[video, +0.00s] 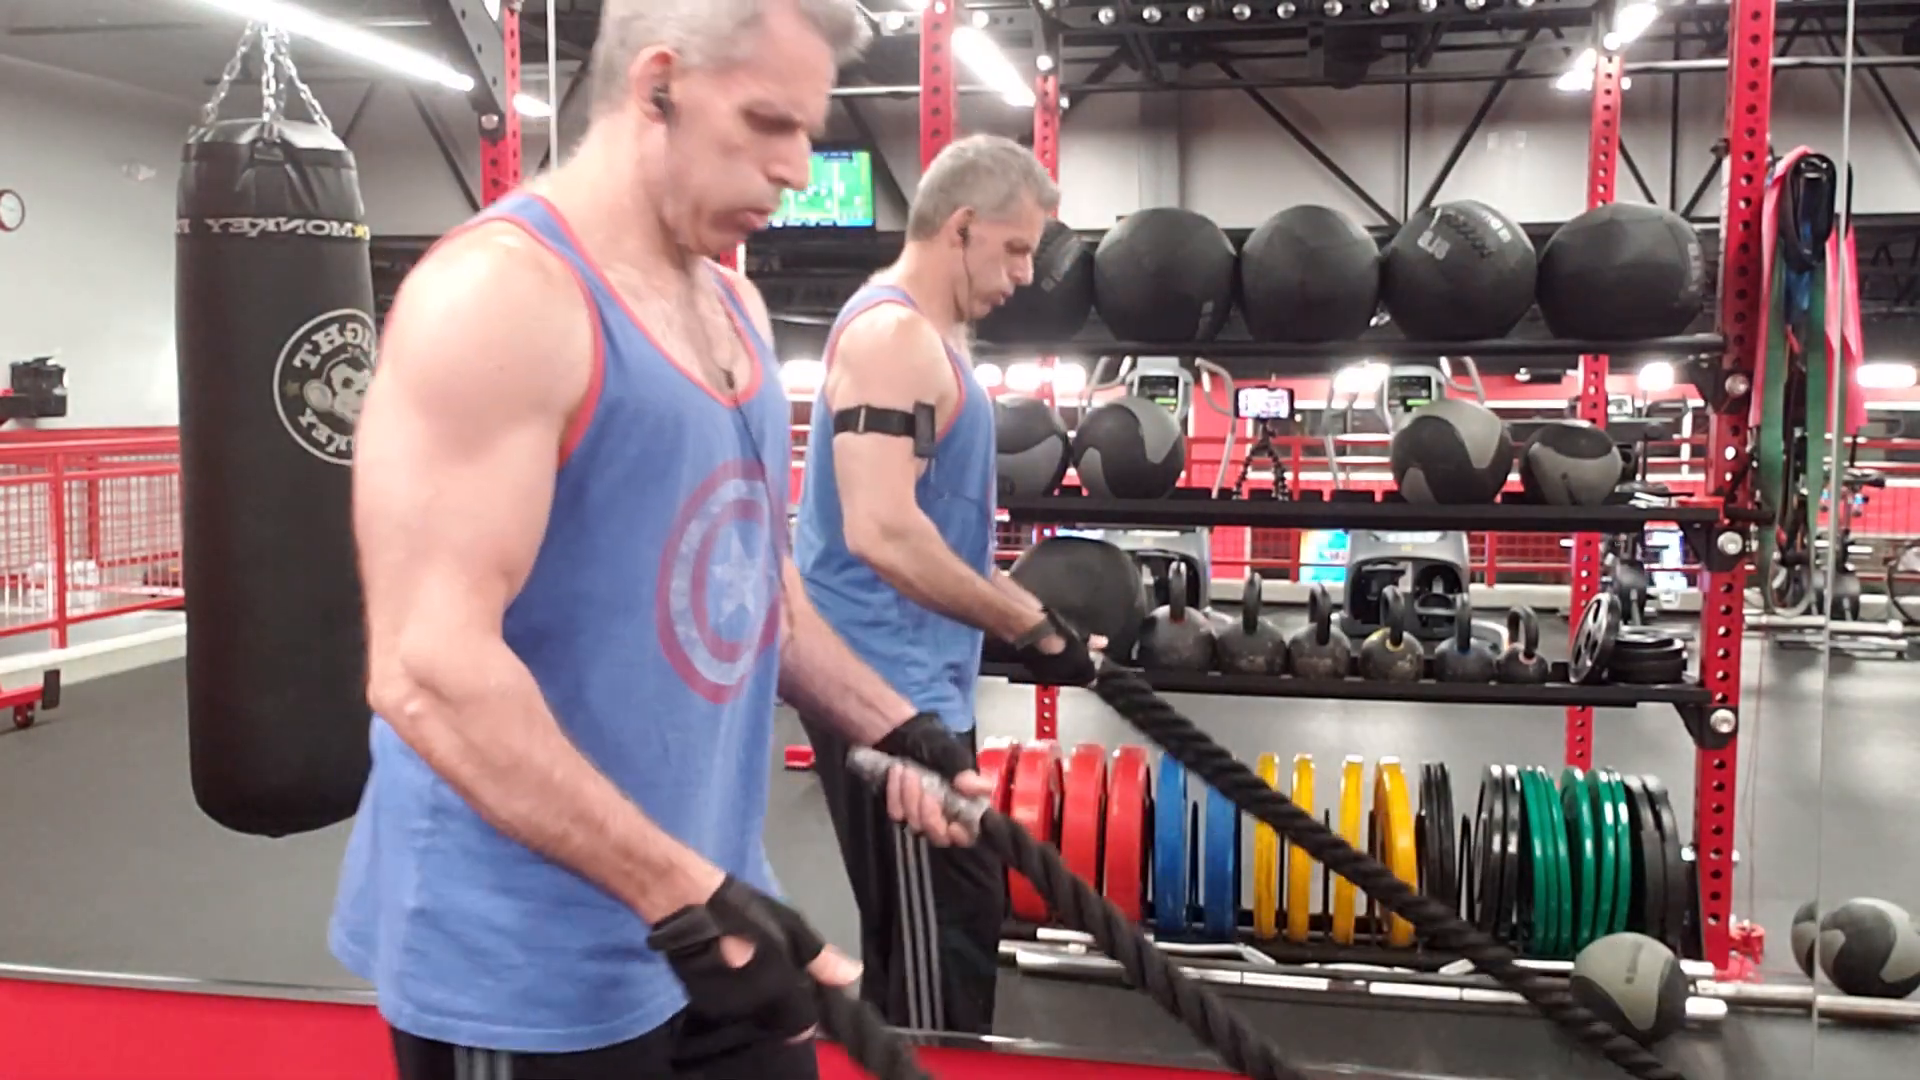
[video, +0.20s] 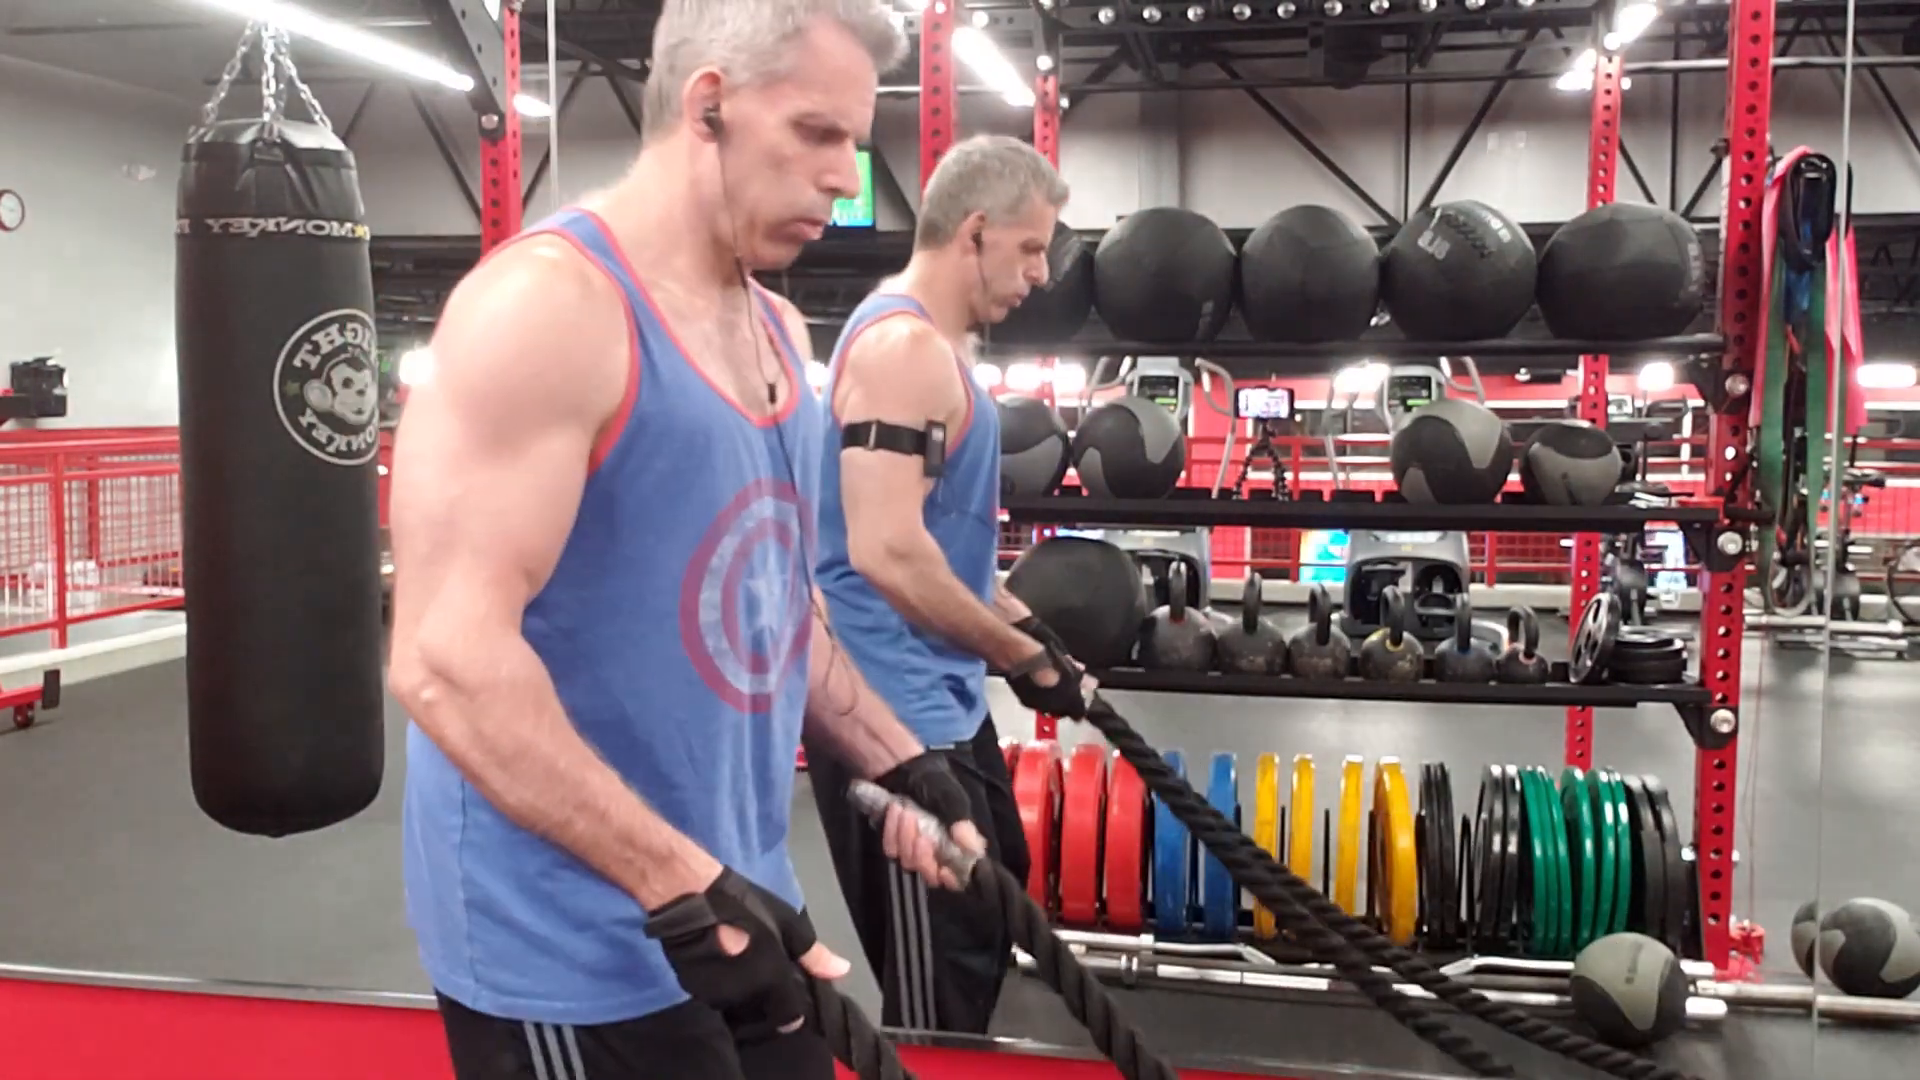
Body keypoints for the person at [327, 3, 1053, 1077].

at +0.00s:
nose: (796, 173)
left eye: (807, 136)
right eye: (771, 123)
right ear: (656, 87)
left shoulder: (730, 298)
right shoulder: (493, 295)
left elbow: (752, 580)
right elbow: (429, 665)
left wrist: (897, 732)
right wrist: (683, 900)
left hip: (717, 946)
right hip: (526, 988)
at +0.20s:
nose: (844, 181)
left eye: (852, 145)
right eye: (817, 134)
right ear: (706, 104)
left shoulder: (778, 328)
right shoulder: (539, 304)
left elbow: (775, 601)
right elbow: (447, 656)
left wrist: (902, 772)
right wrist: (685, 887)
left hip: (748, 925)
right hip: (574, 967)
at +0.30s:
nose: (862, 173)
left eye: (868, 137)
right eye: (832, 127)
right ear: (718, 105)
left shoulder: (792, 336)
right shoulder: (550, 306)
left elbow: (786, 601)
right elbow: (452, 650)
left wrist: (905, 781)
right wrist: (684, 884)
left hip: (747, 921)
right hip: (573, 954)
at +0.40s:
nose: (873, 167)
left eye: (877, 130)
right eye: (841, 121)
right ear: (727, 107)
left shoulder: (799, 339)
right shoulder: (557, 307)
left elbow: (788, 603)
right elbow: (454, 650)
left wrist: (913, 786)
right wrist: (681, 887)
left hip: (747, 921)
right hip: (569, 950)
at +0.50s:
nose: (875, 160)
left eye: (877, 124)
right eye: (843, 116)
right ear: (728, 108)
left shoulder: (797, 341)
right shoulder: (560, 310)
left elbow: (784, 603)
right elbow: (451, 657)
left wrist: (909, 790)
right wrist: (679, 893)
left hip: (743, 924)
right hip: (560, 960)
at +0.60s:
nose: (871, 154)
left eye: (871, 119)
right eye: (839, 112)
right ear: (721, 108)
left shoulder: (791, 346)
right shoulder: (553, 319)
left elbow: (774, 612)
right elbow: (449, 675)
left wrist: (900, 797)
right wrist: (687, 918)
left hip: (738, 923)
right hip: (549, 969)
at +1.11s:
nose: (871, 163)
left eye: (867, 126)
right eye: (833, 121)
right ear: (716, 128)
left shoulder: (795, 358)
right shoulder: (563, 354)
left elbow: (781, 629)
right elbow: (446, 713)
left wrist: (899, 808)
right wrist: (673, 962)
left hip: (738, 930)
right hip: (548, 992)